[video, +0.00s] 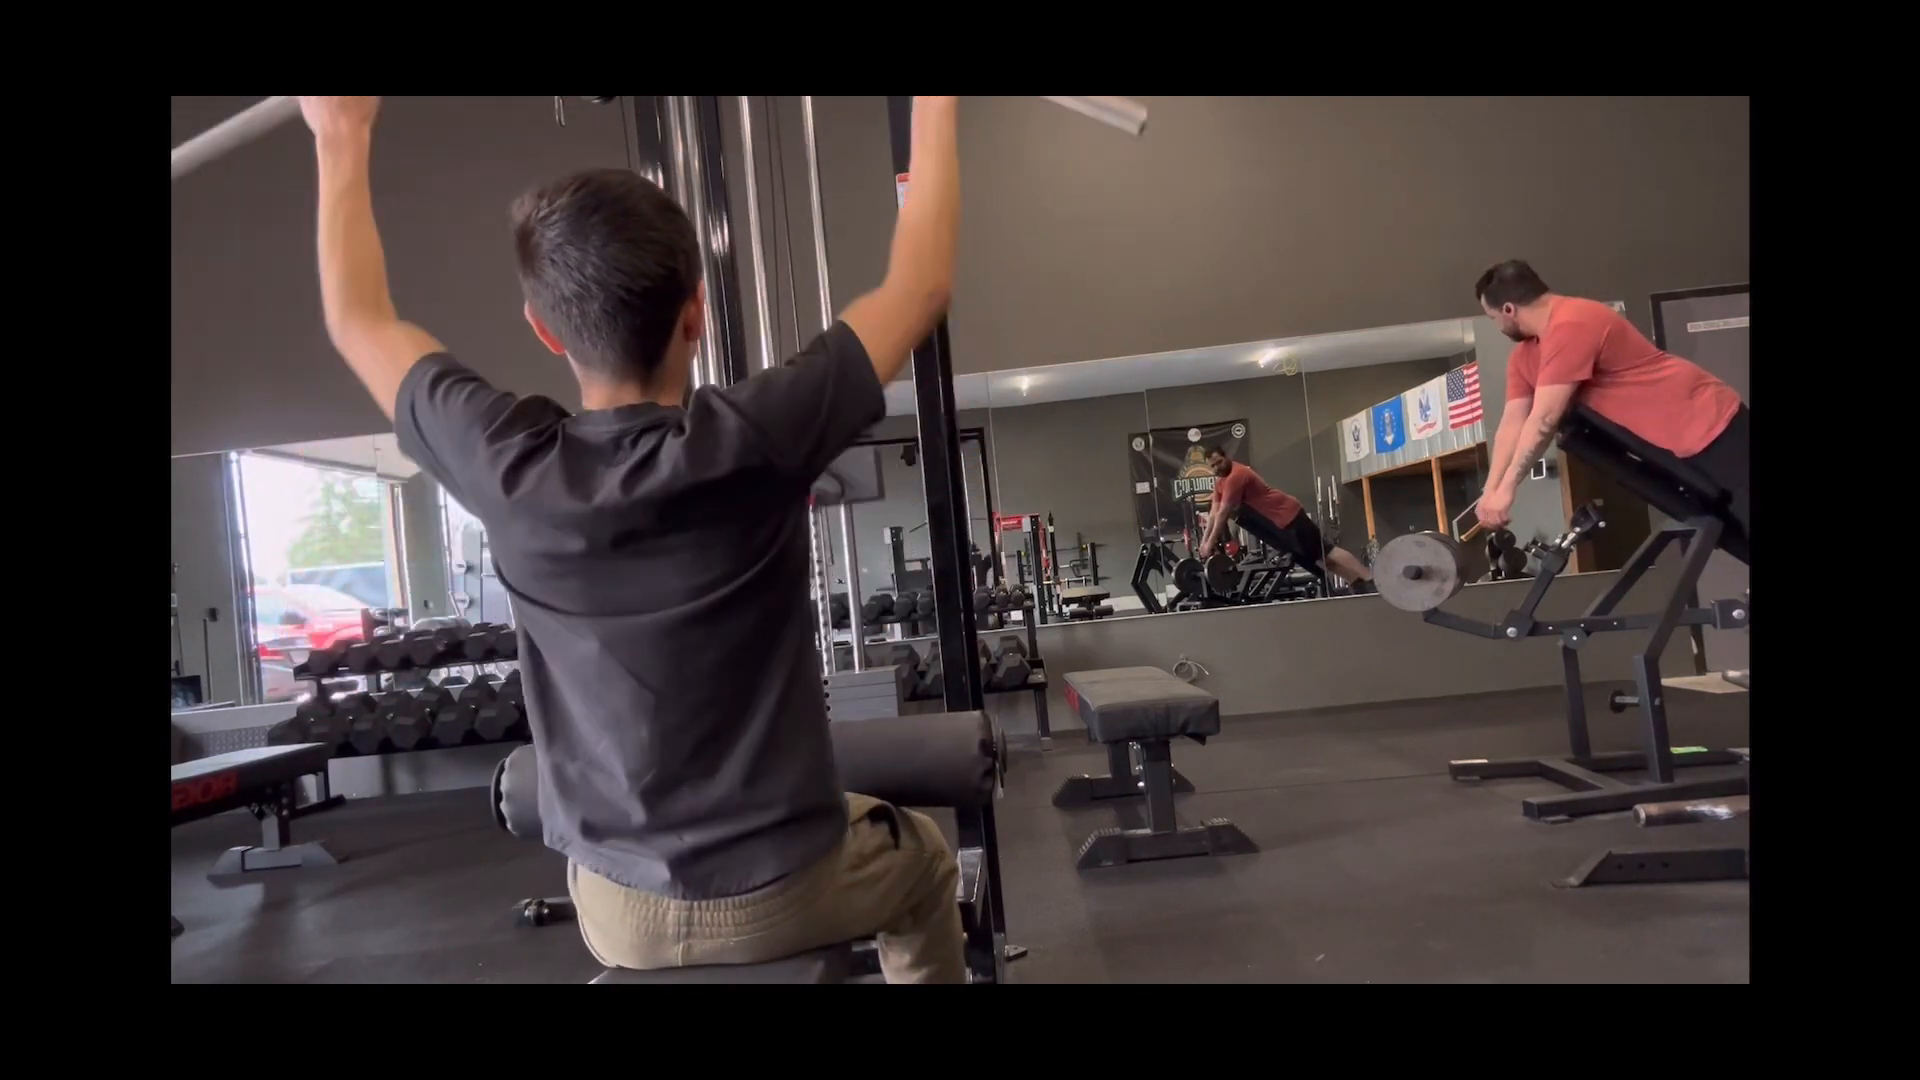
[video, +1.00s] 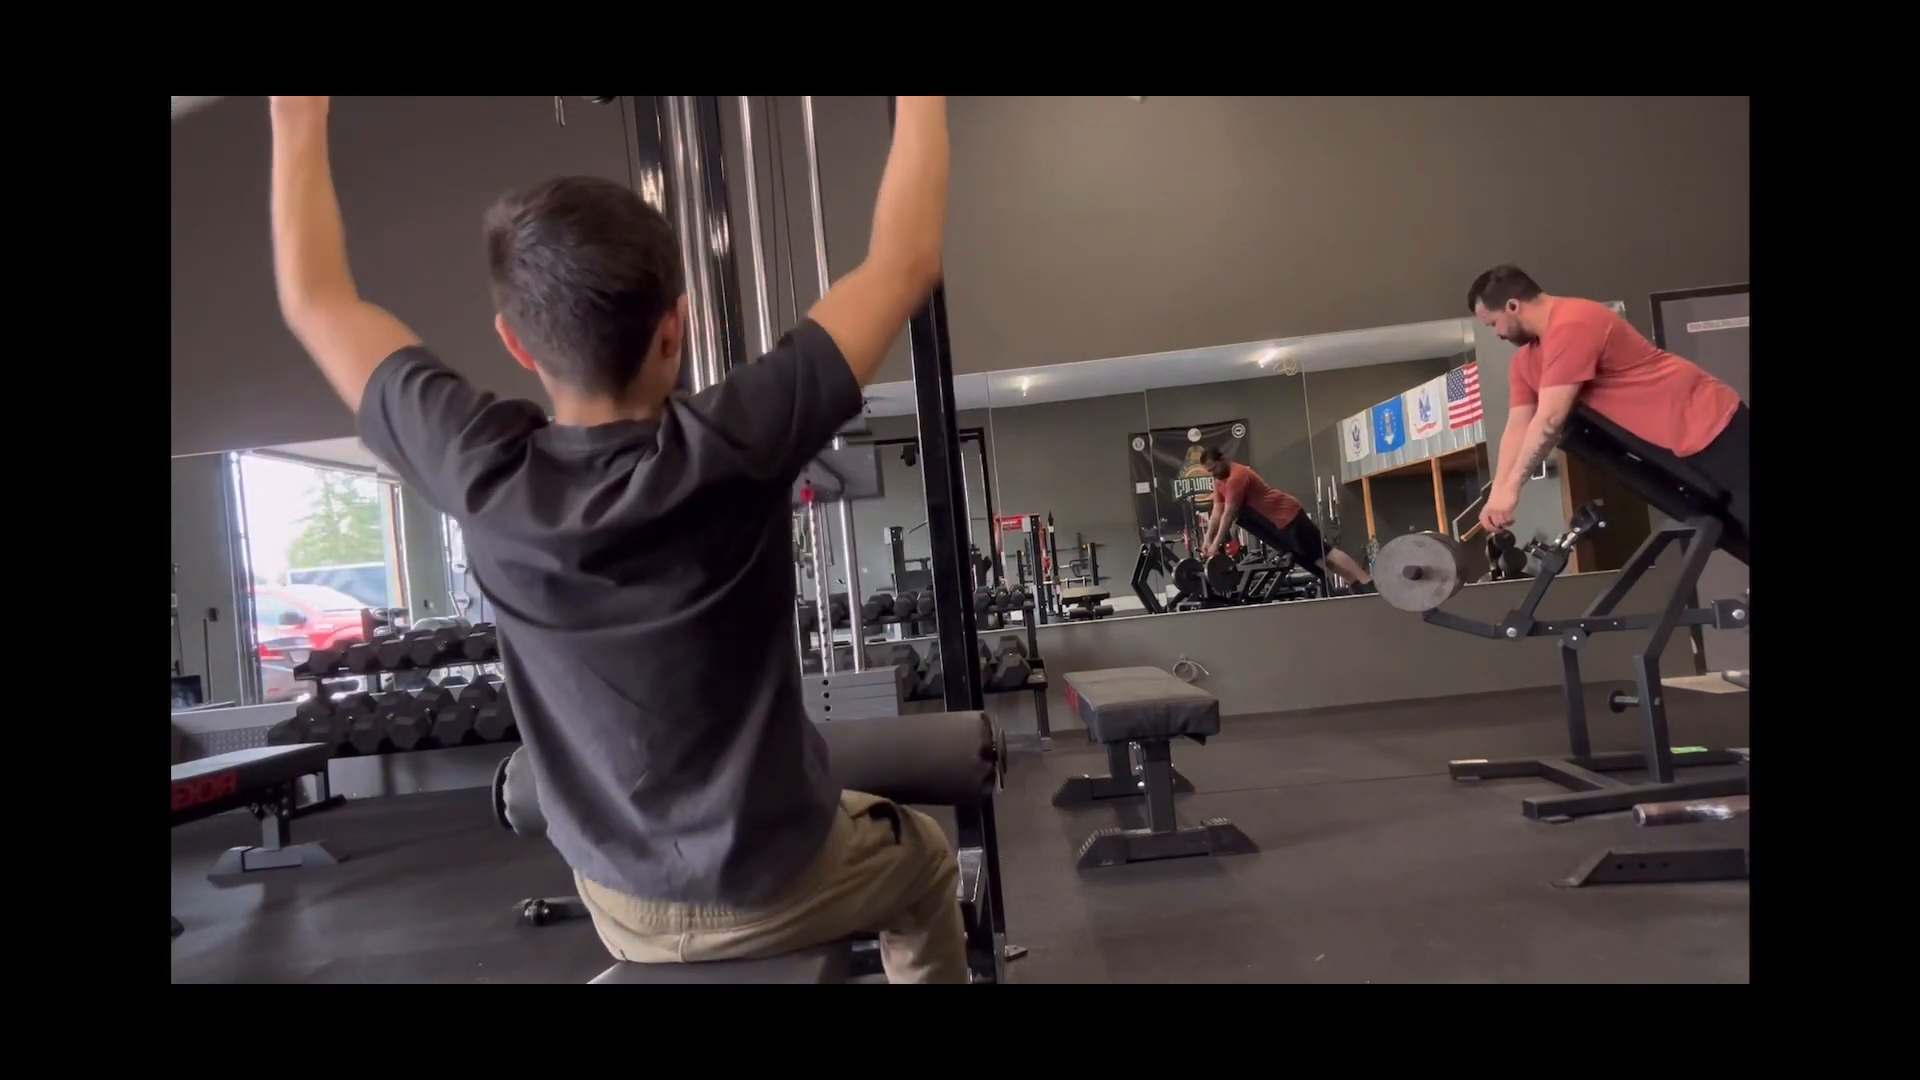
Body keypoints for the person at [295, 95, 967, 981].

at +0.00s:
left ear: (542, 330)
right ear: (696, 317)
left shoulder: (511, 463)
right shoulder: (762, 433)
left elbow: (359, 320)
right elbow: (918, 291)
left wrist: (340, 137)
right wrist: (936, 101)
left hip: (614, 910)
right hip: (780, 897)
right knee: (919, 854)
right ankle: (929, 978)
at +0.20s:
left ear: (569, 326)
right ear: (713, 314)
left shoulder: (534, 441)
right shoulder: (766, 418)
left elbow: (401, 254)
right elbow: (881, 226)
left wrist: (348, 99)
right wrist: (920, 83)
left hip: (614, 904)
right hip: (780, 898)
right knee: (921, 855)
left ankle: (631, 965)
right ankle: (930, 974)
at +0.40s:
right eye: (734, 296)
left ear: (589, 327)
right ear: (726, 316)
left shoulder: (553, 429)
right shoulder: (776, 404)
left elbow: (443, 253)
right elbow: (872, 220)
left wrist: (382, 103)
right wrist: (913, 87)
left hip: (626, 897)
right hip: (792, 890)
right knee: (923, 857)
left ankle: (635, 969)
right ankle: (930, 975)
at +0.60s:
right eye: (734, 297)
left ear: (590, 324)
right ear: (726, 316)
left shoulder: (553, 424)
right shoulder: (773, 399)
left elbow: (447, 252)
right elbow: (875, 217)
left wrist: (393, 103)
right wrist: (917, 87)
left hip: (626, 889)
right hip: (789, 883)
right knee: (923, 857)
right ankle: (927, 979)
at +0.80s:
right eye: (714, 294)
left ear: (559, 321)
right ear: (704, 312)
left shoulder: (525, 433)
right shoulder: (756, 409)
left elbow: (403, 238)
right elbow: (870, 213)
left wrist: (349, 94)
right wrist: (910, 82)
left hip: (619, 889)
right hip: (778, 886)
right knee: (921, 857)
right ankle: (935, 979)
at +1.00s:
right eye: (681, 302)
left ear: (513, 342)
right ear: (676, 326)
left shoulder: (485, 464)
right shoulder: (737, 442)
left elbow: (314, 298)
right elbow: (903, 267)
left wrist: (296, 116)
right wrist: (921, 91)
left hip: (617, 909)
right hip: (773, 898)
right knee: (922, 859)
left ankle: (634, 975)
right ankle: (926, 976)